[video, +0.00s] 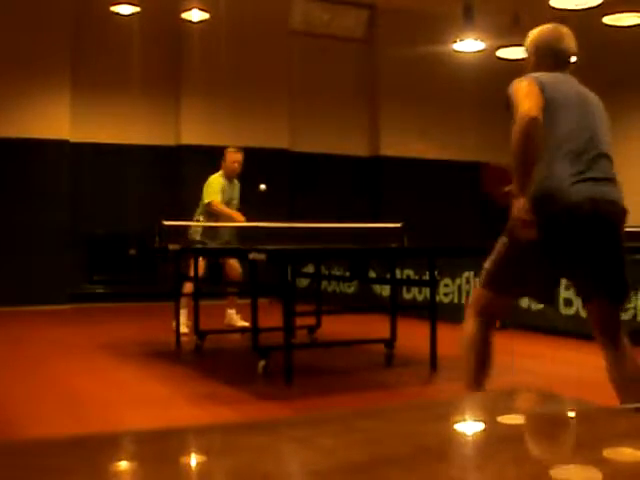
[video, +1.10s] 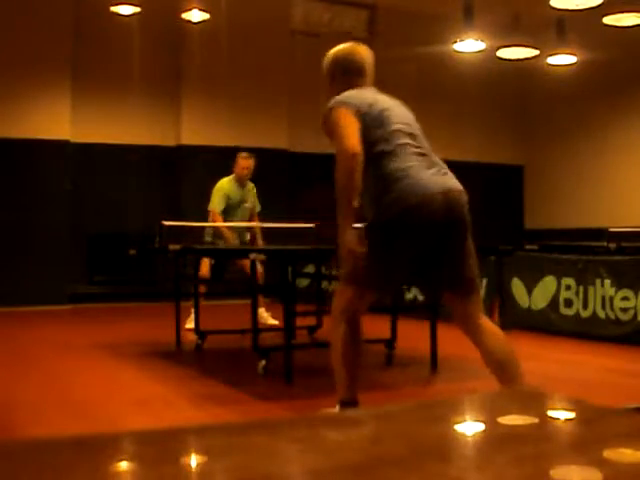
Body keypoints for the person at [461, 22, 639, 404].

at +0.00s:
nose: (526, 59)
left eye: (528, 54)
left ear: (531, 57)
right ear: (572, 60)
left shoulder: (527, 83)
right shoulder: (592, 98)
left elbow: (530, 116)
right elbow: (603, 160)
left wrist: (520, 191)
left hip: (551, 209)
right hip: (604, 211)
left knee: (482, 310)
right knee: (611, 331)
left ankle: (471, 410)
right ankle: (634, 417)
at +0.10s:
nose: (500, 72)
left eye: (502, 66)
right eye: (500, 66)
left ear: (510, 69)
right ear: (544, 70)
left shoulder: (508, 95)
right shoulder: (569, 107)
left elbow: (509, 129)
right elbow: (564, 165)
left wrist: (498, 196)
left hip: (535, 216)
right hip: (589, 217)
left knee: (458, 310)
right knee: (608, 327)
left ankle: (436, 403)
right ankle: (634, 418)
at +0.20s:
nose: (463, 87)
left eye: (465, 80)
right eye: (467, 79)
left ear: (473, 82)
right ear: (505, 80)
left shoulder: (478, 108)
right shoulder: (533, 119)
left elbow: (482, 144)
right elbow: (520, 195)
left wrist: (469, 217)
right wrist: (450, 202)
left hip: (514, 228)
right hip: (568, 228)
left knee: (430, 319)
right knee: (593, 332)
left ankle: (387, 403)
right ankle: (630, 417)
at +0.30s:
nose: (416, 100)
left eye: (417, 92)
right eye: (416, 92)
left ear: (426, 91)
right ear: (457, 89)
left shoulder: (437, 115)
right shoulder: (486, 123)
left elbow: (448, 158)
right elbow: (467, 203)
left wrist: (439, 225)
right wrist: (391, 205)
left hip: (477, 240)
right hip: (526, 237)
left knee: (400, 323)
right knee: (570, 339)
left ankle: (358, 404)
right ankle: (622, 412)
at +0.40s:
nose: (367, 110)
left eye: (368, 102)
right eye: (366, 102)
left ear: (381, 99)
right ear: (406, 94)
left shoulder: (394, 125)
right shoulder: (438, 129)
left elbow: (414, 169)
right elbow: (426, 199)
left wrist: (405, 244)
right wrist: (357, 201)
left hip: (450, 235)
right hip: (497, 234)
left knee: (370, 308)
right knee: (539, 332)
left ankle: (350, 404)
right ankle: (605, 406)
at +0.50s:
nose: (328, 115)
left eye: (327, 108)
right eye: (328, 107)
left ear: (335, 108)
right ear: (366, 101)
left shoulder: (361, 130)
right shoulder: (393, 129)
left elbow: (389, 175)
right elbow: (383, 206)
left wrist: (383, 253)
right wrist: (327, 198)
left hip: (432, 226)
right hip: (477, 222)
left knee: (354, 309)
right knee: (516, 324)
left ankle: (347, 406)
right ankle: (585, 402)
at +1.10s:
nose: (328, 86)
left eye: (327, 79)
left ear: (332, 78)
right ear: (369, 76)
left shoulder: (342, 104)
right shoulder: (395, 105)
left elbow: (352, 151)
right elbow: (418, 160)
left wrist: (348, 223)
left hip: (403, 203)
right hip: (451, 197)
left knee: (345, 309)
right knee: (470, 314)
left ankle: (347, 404)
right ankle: (523, 397)